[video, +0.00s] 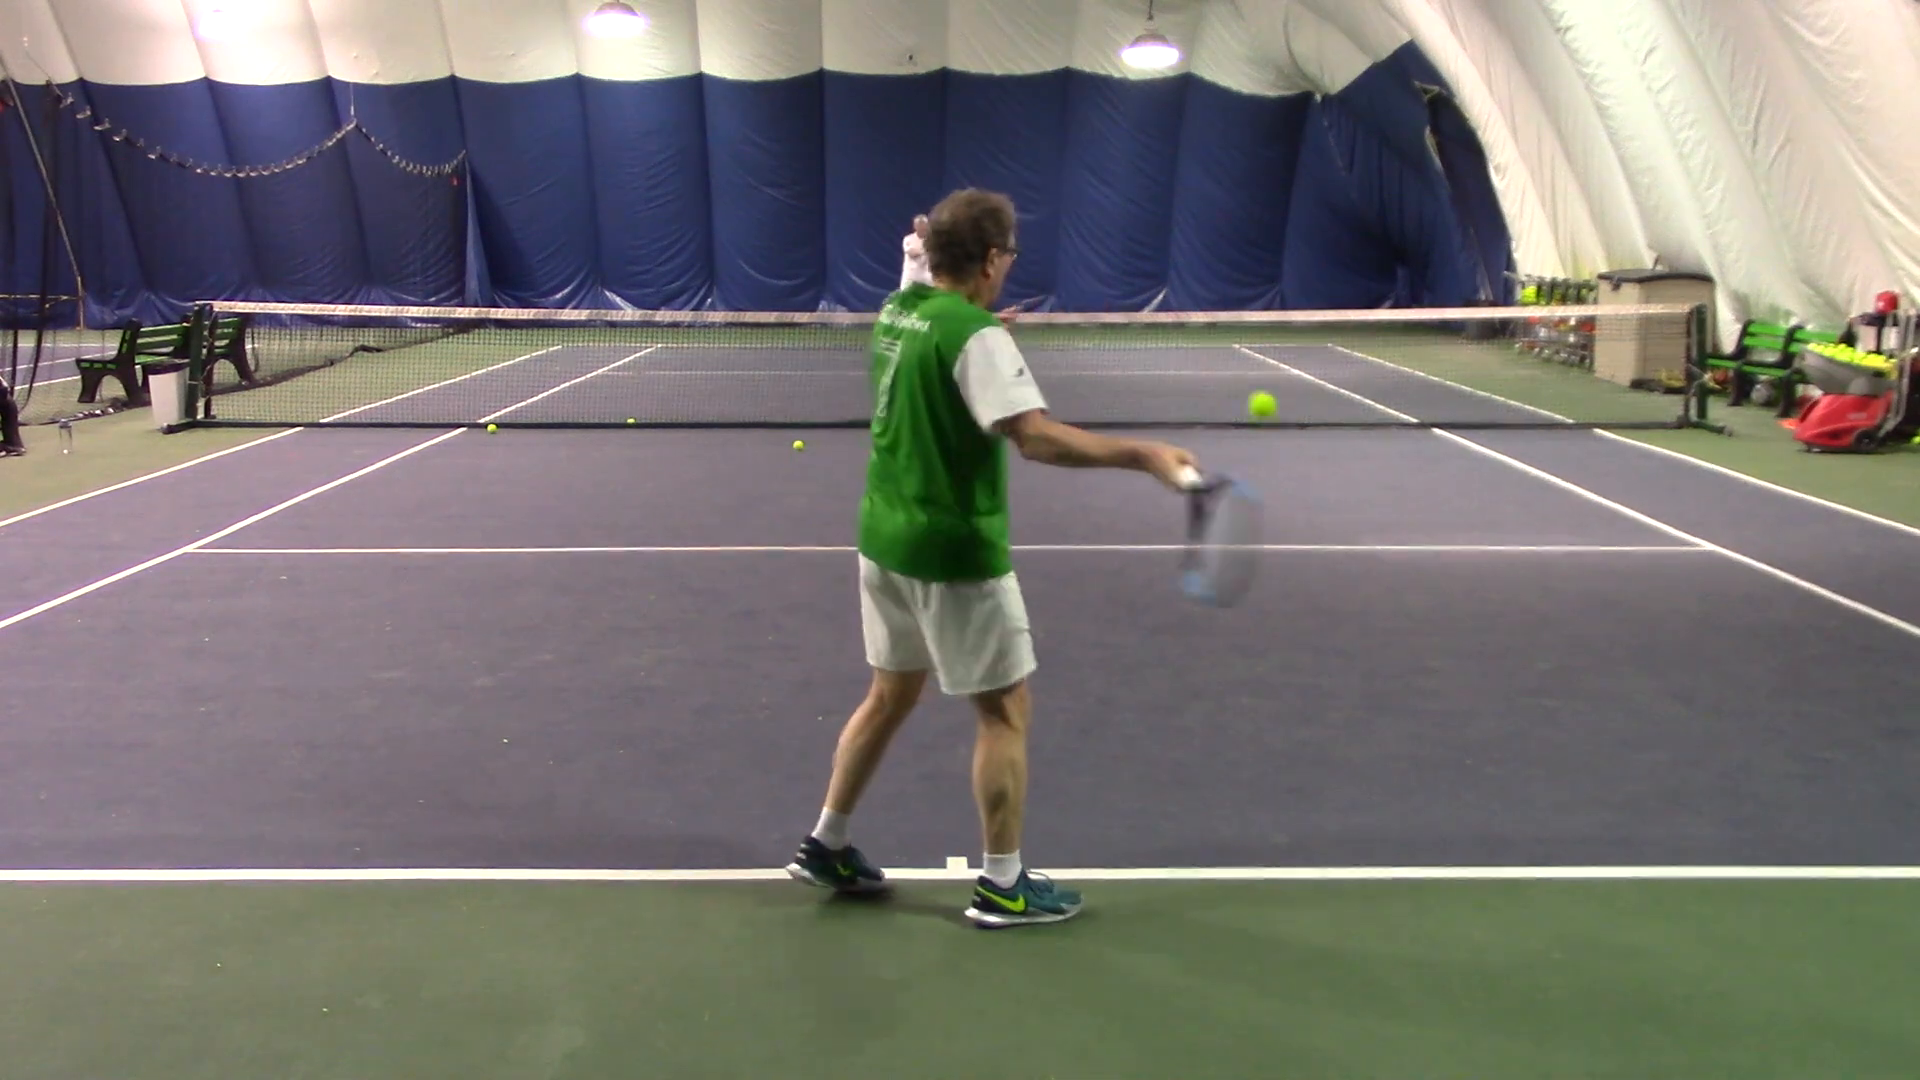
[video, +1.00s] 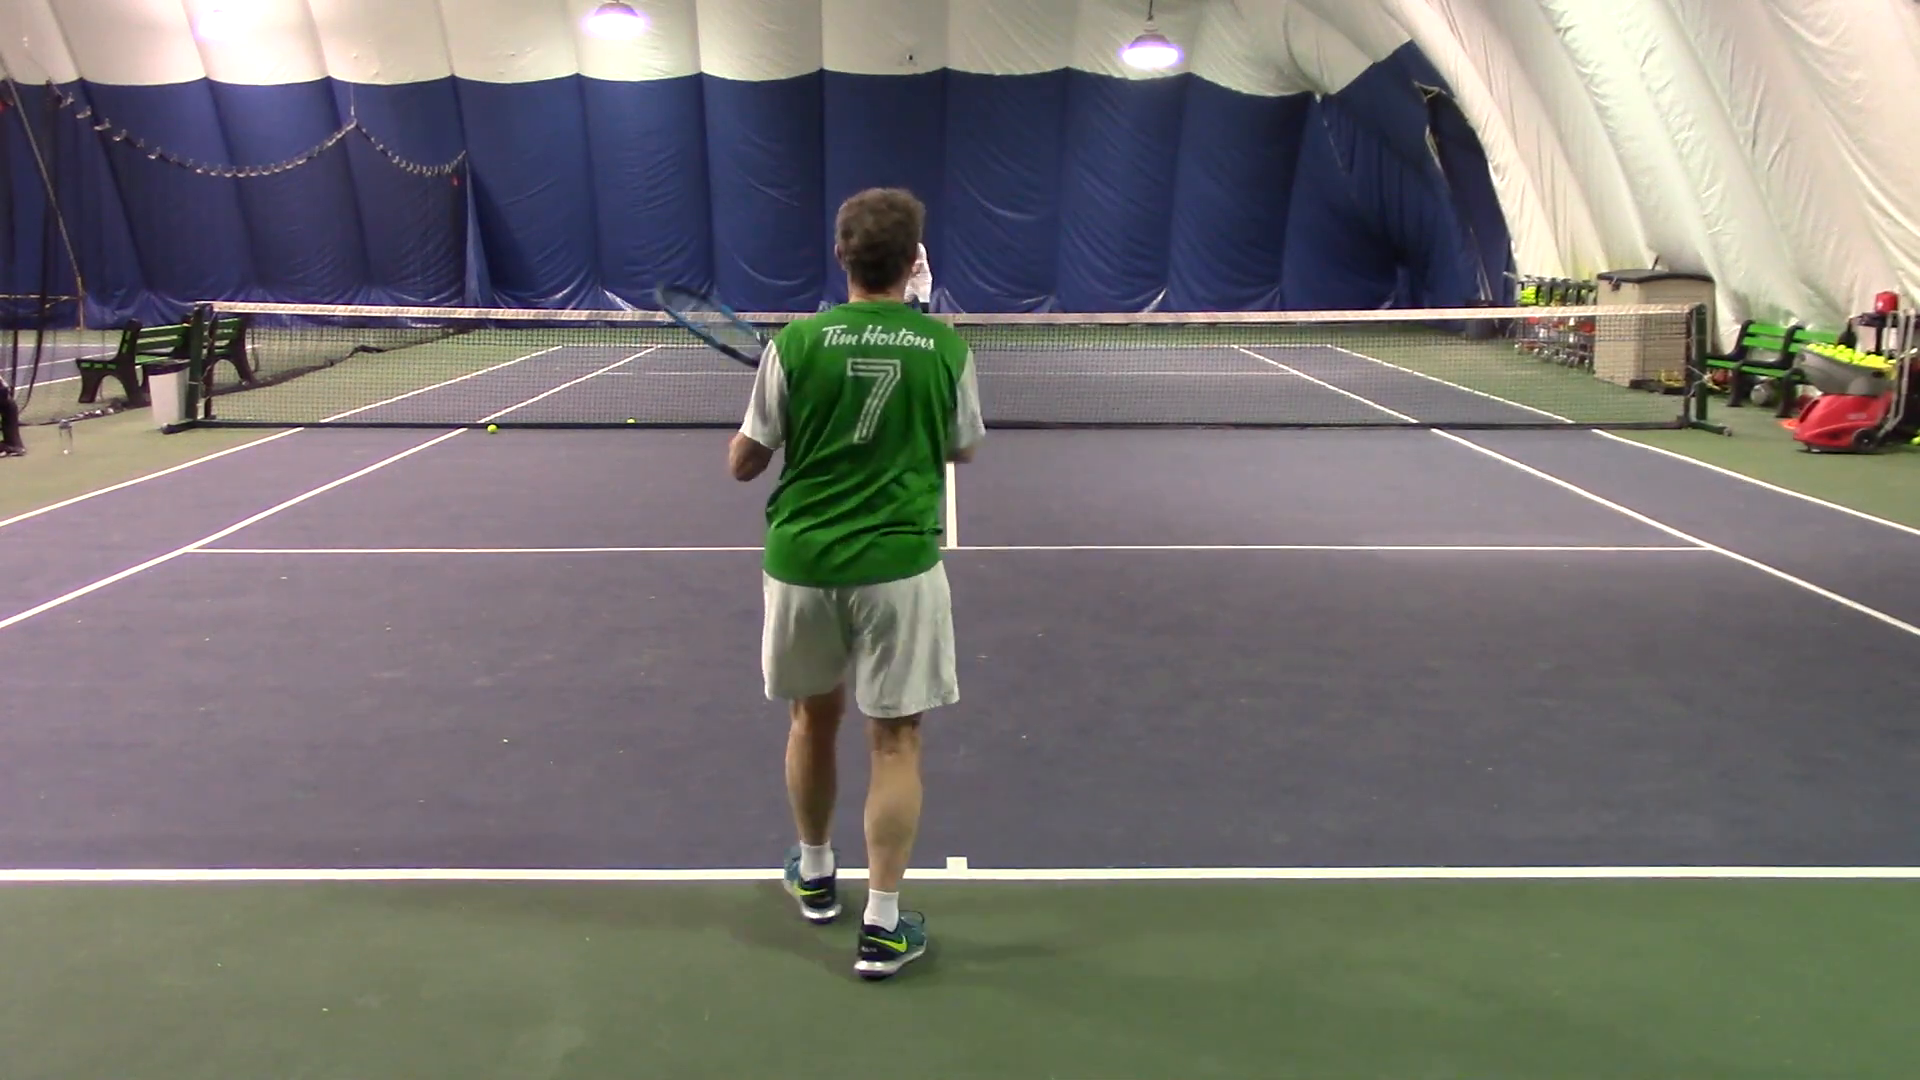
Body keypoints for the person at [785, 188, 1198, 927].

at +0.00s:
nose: (1010, 264)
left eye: (1009, 253)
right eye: (1008, 254)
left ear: (934, 257)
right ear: (989, 260)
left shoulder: (896, 313)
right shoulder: (974, 333)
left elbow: (915, 291)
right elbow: (1035, 437)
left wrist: (925, 264)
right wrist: (1145, 454)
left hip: (883, 538)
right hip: (958, 553)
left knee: (891, 689)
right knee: (1003, 711)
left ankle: (825, 843)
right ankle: (1002, 882)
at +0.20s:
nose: (989, 260)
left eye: (987, 251)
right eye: (987, 252)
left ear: (907, 252)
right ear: (975, 262)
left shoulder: (863, 311)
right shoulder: (984, 324)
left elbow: (870, 294)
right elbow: (1031, 382)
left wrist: (927, 281)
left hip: (883, 540)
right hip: (967, 550)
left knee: (877, 702)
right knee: (997, 710)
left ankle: (842, 862)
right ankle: (1002, 882)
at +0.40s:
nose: (982, 260)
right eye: (980, 255)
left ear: (899, 258)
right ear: (967, 268)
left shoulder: (847, 323)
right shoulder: (979, 325)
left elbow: (793, 312)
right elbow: (933, 250)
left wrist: (811, 311)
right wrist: (848, 213)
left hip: (851, 547)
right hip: (944, 551)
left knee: (846, 714)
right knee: (979, 715)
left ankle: (836, 874)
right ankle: (1000, 882)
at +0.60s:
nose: (953, 261)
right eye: (955, 254)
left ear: (877, 252)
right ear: (945, 263)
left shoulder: (819, 322)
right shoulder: (953, 323)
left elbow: (731, 352)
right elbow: (894, 271)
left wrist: (751, 328)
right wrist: (809, 246)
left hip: (823, 553)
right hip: (919, 552)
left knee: (833, 714)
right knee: (960, 710)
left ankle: (835, 875)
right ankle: (982, 883)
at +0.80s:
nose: (924, 257)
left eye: (863, 242)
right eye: (924, 248)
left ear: (848, 254)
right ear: (920, 259)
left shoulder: (797, 334)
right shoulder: (944, 329)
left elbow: (721, 434)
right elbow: (930, 380)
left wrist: (794, 375)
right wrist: (842, 317)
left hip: (814, 559)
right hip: (911, 557)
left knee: (827, 719)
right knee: (920, 715)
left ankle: (829, 875)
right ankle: (898, 883)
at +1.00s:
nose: (919, 259)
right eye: (920, 249)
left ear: (840, 259)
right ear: (914, 262)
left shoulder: (794, 344)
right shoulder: (945, 347)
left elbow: (743, 464)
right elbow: (961, 449)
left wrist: (779, 409)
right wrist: (898, 402)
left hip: (802, 567)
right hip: (900, 570)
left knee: (813, 718)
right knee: (895, 740)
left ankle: (815, 875)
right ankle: (882, 924)